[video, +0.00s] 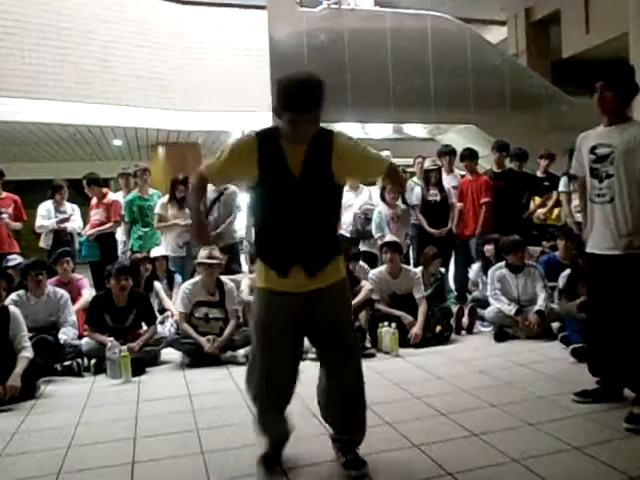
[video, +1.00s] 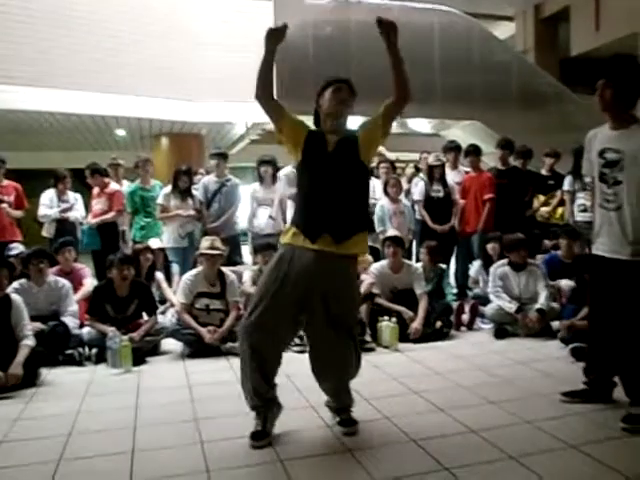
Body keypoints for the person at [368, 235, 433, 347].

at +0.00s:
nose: (389, 256)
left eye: (393, 252)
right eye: (386, 252)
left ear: (400, 254)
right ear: (382, 256)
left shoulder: (413, 274)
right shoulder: (375, 275)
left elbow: (422, 302)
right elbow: (376, 303)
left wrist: (419, 327)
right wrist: (401, 315)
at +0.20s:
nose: (390, 258)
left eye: (393, 254)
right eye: (386, 254)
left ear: (400, 256)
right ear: (382, 257)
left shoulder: (413, 276)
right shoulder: (375, 276)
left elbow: (422, 303)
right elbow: (376, 304)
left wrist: (419, 328)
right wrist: (402, 317)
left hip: (408, 306)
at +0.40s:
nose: (394, 257)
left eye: (397, 253)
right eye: (390, 253)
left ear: (404, 256)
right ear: (386, 256)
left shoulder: (417, 275)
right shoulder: (377, 277)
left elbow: (426, 303)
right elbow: (379, 305)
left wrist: (423, 327)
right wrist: (406, 316)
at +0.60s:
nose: (400, 256)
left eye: (403, 252)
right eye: (396, 252)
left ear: (409, 254)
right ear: (392, 255)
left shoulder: (420, 274)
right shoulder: (384, 275)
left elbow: (432, 301)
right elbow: (385, 303)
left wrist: (428, 326)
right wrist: (412, 315)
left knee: (415, 298)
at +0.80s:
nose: (398, 253)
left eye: (402, 248)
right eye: (394, 249)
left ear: (408, 251)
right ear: (390, 252)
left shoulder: (421, 271)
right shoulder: (383, 271)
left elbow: (429, 299)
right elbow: (382, 299)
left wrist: (425, 324)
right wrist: (408, 312)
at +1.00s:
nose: (393, 250)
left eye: (396, 246)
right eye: (389, 247)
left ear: (402, 249)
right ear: (384, 250)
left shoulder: (414, 269)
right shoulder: (377, 269)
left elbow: (423, 297)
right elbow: (375, 298)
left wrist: (418, 322)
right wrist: (402, 310)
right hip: (386, 304)